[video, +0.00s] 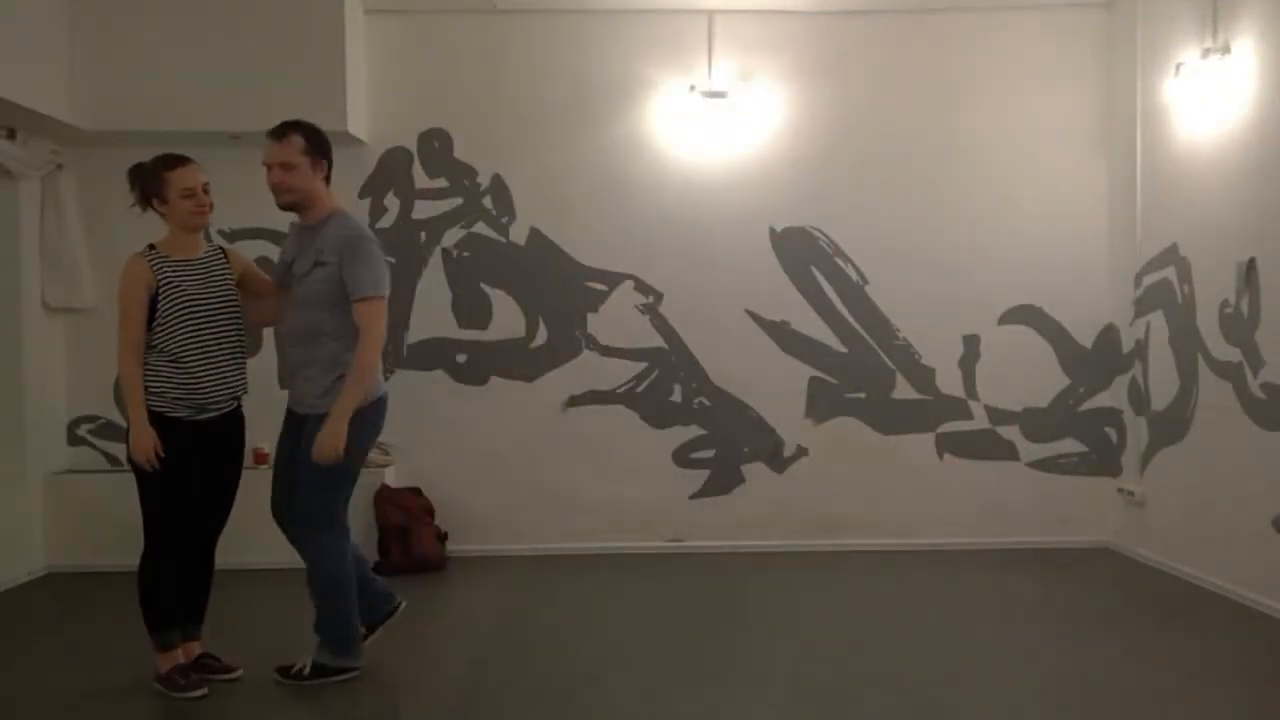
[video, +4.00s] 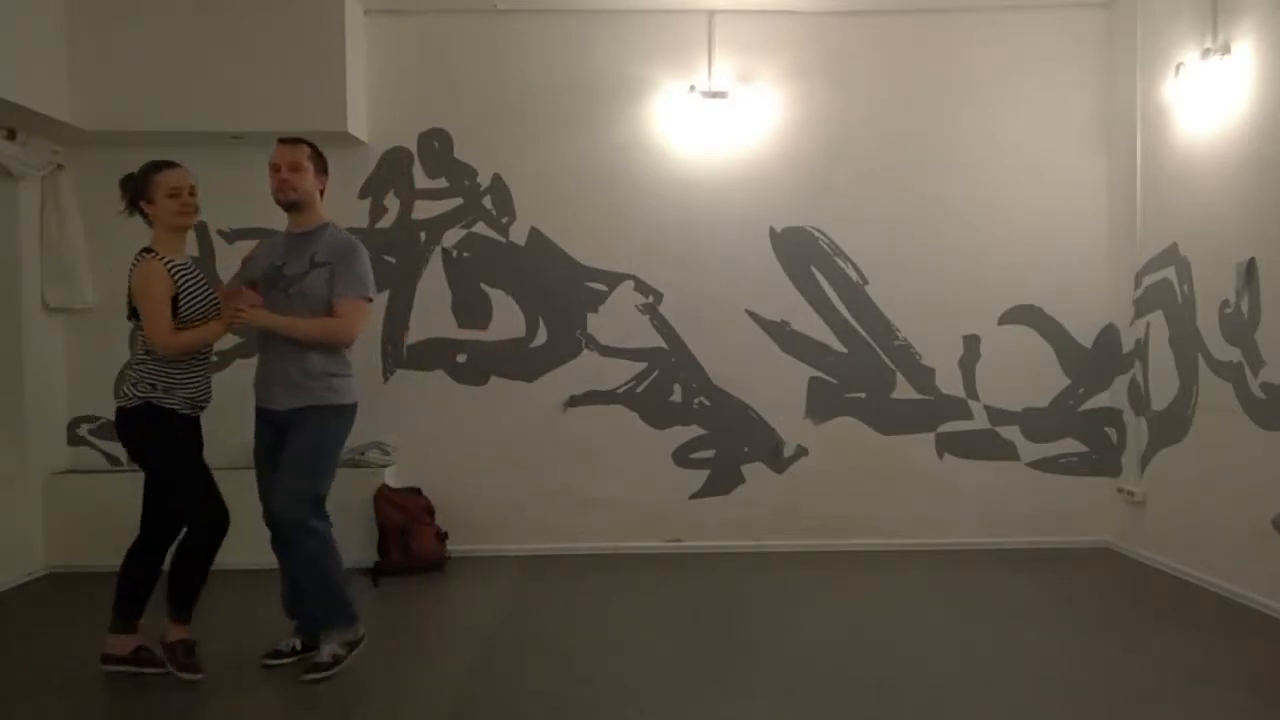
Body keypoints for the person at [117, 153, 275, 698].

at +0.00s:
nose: (203, 201)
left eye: (206, 191)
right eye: (188, 195)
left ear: (211, 196)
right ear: (159, 205)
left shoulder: (227, 260)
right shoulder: (143, 268)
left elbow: (282, 303)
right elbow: (130, 354)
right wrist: (138, 423)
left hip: (223, 423)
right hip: (166, 427)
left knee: (204, 538)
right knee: (166, 540)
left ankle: (192, 648)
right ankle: (167, 659)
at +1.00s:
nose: (208, 217)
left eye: (210, 209)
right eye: (199, 207)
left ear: (179, 212)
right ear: (163, 206)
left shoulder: (186, 272)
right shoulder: (135, 269)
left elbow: (197, 337)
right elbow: (148, 348)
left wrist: (229, 279)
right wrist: (227, 341)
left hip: (181, 429)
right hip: (125, 431)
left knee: (214, 530)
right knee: (128, 545)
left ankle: (187, 650)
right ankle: (77, 651)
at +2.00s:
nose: (321, 208)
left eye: (321, 199)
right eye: (312, 198)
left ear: (291, 204)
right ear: (277, 200)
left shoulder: (299, 262)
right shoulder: (255, 270)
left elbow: (306, 316)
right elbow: (257, 363)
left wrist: (339, 269)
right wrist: (288, 431)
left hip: (307, 420)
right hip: (263, 425)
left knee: (353, 530)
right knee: (297, 544)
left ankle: (286, 629)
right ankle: (281, 665)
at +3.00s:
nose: (288, 208)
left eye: (289, 200)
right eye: (277, 200)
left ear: (269, 213)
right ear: (245, 210)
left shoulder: (253, 264)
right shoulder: (235, 259)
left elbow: (204, 320)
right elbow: (175, 320)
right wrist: (120, 376)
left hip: (244, 420)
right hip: (232, 422)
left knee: (234, 539)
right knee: (285, 532)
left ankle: (186, 650)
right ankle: (283, 663)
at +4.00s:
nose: (189, 200)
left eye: (192, 192)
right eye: (175, 195)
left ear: (197, 201)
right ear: (147, 208)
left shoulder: (186, 263)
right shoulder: (152, 266)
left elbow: (186, 329)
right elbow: (163, 342)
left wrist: (229, 304)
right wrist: (222, 322)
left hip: (177, 410)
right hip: (152, 412)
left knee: (158, 528)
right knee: (211, 518)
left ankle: (121, 639)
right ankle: (177, 631)